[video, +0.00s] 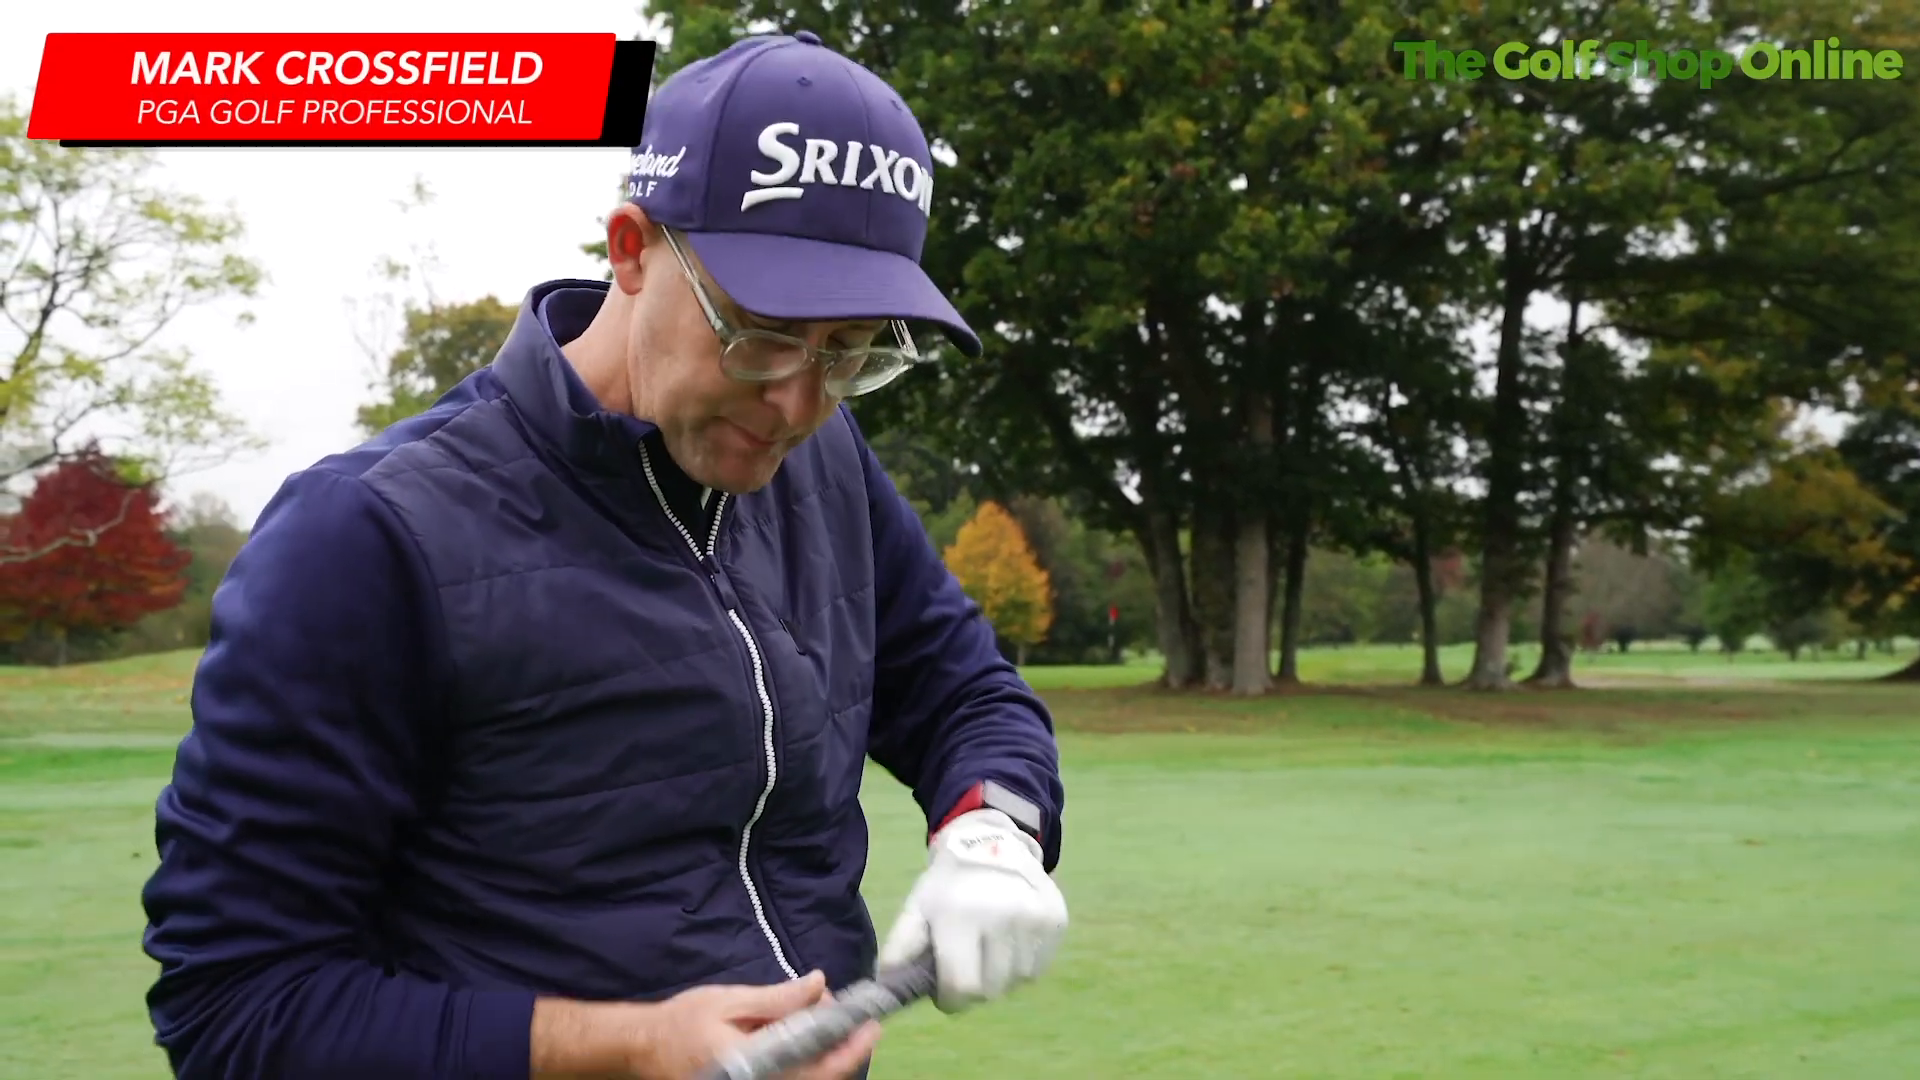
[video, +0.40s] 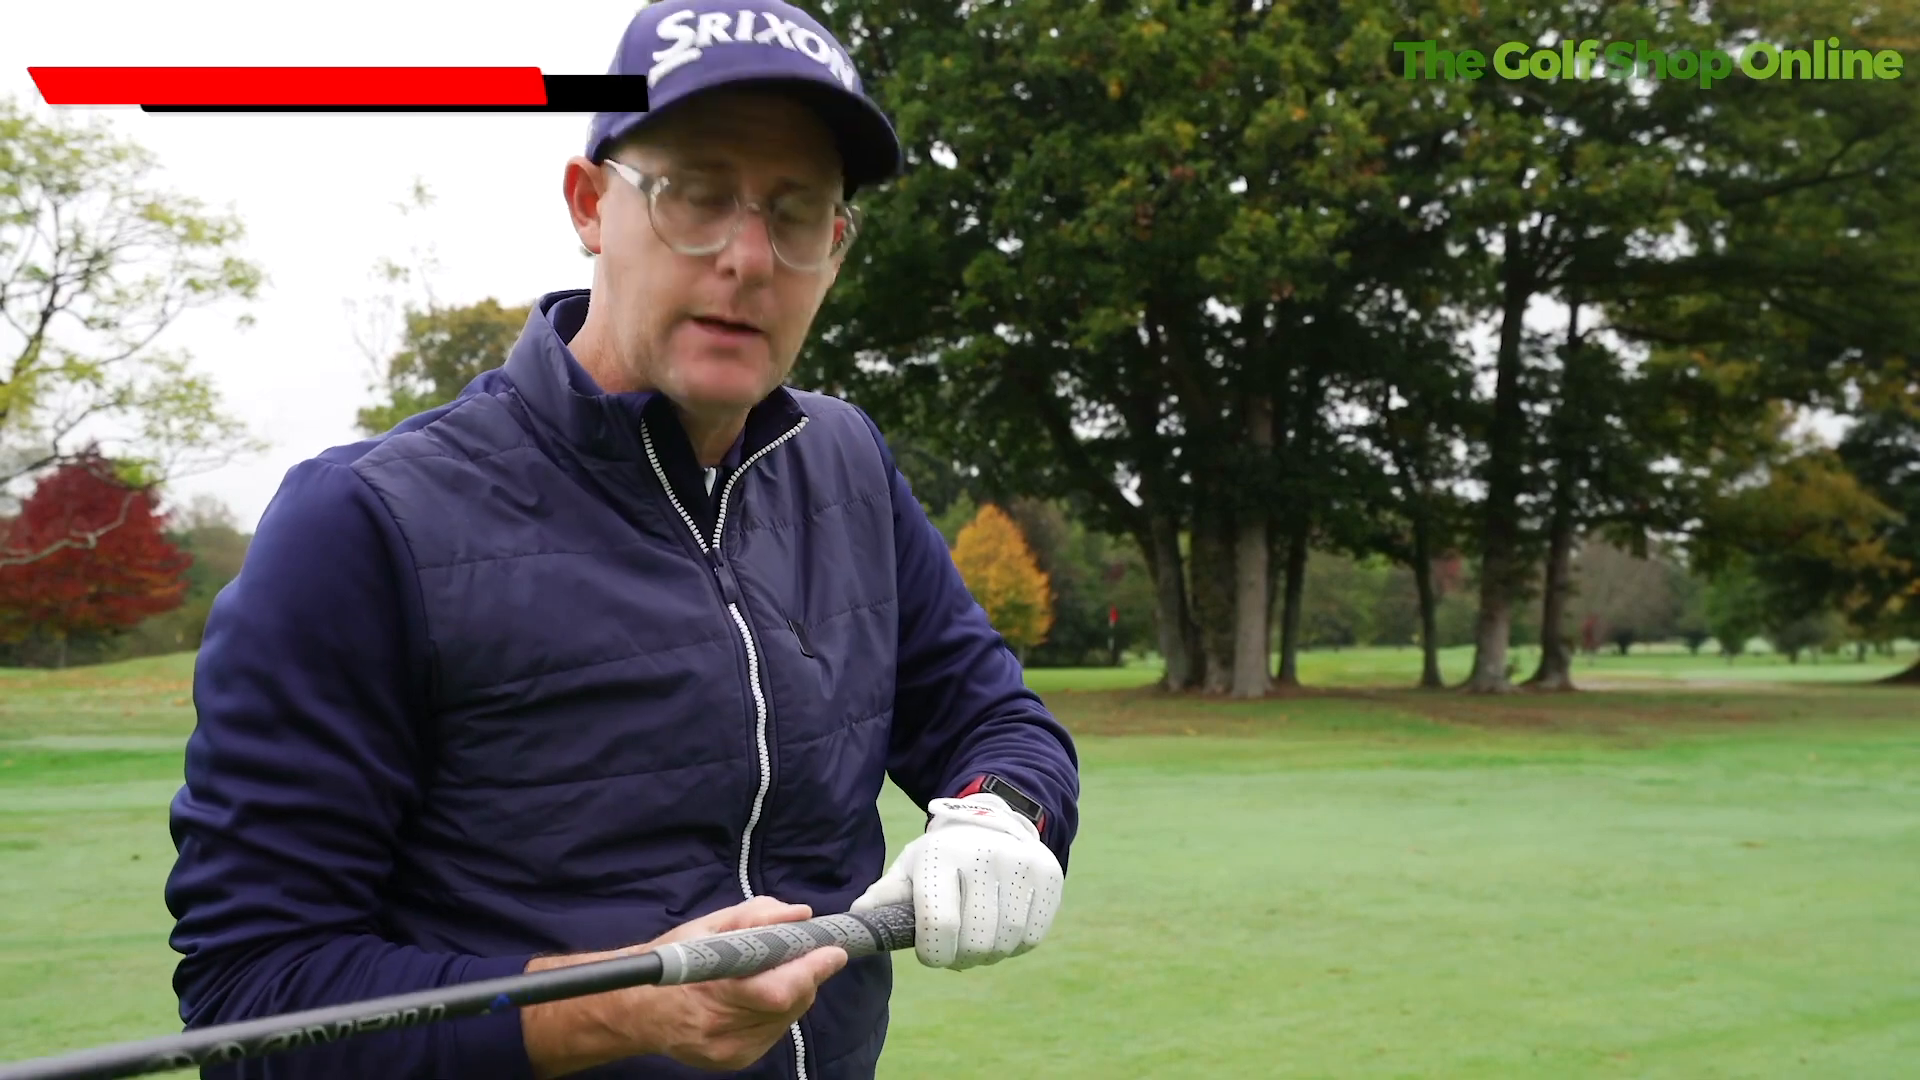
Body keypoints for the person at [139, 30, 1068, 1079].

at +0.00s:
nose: (795, 396)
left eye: (847, 350)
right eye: (755, 330)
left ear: (885, 323)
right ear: (632, 251)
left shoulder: (822, 468)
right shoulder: (366, 539)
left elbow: (966, 692)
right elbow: (230, 1002)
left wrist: (990, 830)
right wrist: (632, 1041)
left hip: (816, 1057)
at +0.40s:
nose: (745, 257)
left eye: (793, 209)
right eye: (694, 192)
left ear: (837, 250)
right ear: (590, 205)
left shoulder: (845, 471)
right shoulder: (369, 526)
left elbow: (996, 722)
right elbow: (245, 992)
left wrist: (993, 816)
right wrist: (611, 1010)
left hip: (817, 1063)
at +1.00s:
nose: (757, 234)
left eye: (812, 190)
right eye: (717, 171)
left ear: (872, 247)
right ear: (624, 195)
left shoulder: (890, 494)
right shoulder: (405, 496)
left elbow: (989, 812)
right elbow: (146, 930)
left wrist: (1024, 1052)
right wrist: (532, 1037)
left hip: (853, 1061)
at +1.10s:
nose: (740, 220)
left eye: (794, 174)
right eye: (698, 163)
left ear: (863, 232)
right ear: (613, 197)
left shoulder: (891, 486)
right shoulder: (409, 490)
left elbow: (984, 801)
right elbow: (108, 888)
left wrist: (1025, 1053)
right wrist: (529, 1022)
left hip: (850, 1058)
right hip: (539, 1076)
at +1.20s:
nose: (723, 218)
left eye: (779, 171)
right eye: (679, 161)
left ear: (851, 223)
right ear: (599, 191)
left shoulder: (898, 459)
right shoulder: (422, 455)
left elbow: (1006, 740)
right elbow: (98, 806)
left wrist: (1052, 1002)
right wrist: (546, 929)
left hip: (854, 1052)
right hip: (510, 1056)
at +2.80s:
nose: (747, 229)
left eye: (797, 177)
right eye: (700, 160)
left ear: (844, 214)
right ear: (596, 170)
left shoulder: (860, 461)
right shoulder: (408, 476)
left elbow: (878, 778)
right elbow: (117, 893)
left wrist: (881, 1021)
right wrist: (554, 1029)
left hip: (851, 1058)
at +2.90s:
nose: (743, 216)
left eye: (790, 170)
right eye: (695, 155)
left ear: (838, 211)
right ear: (591, 170)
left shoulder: (859, 456)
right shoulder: (411, 463)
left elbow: (896, 777)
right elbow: (127, 881)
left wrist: (920, 1012)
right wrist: (568, 1042)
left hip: (851, 1057)